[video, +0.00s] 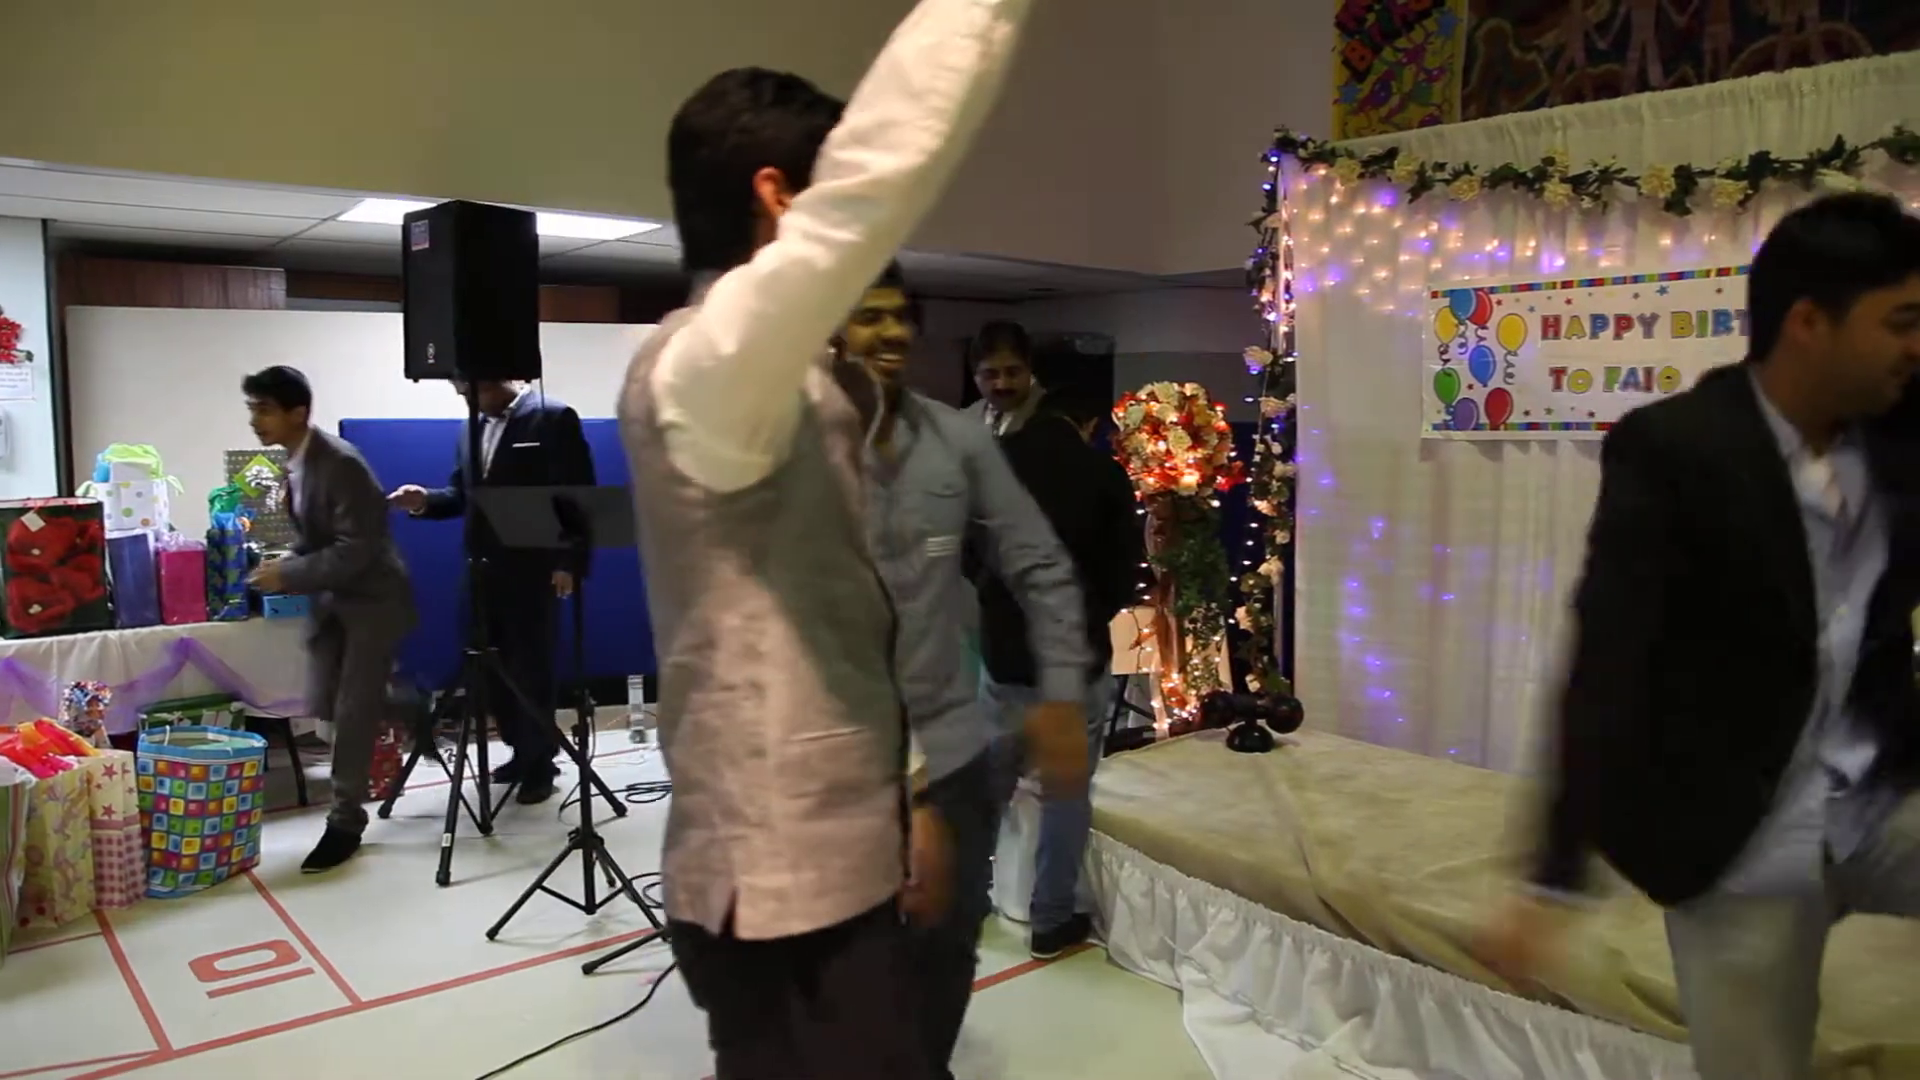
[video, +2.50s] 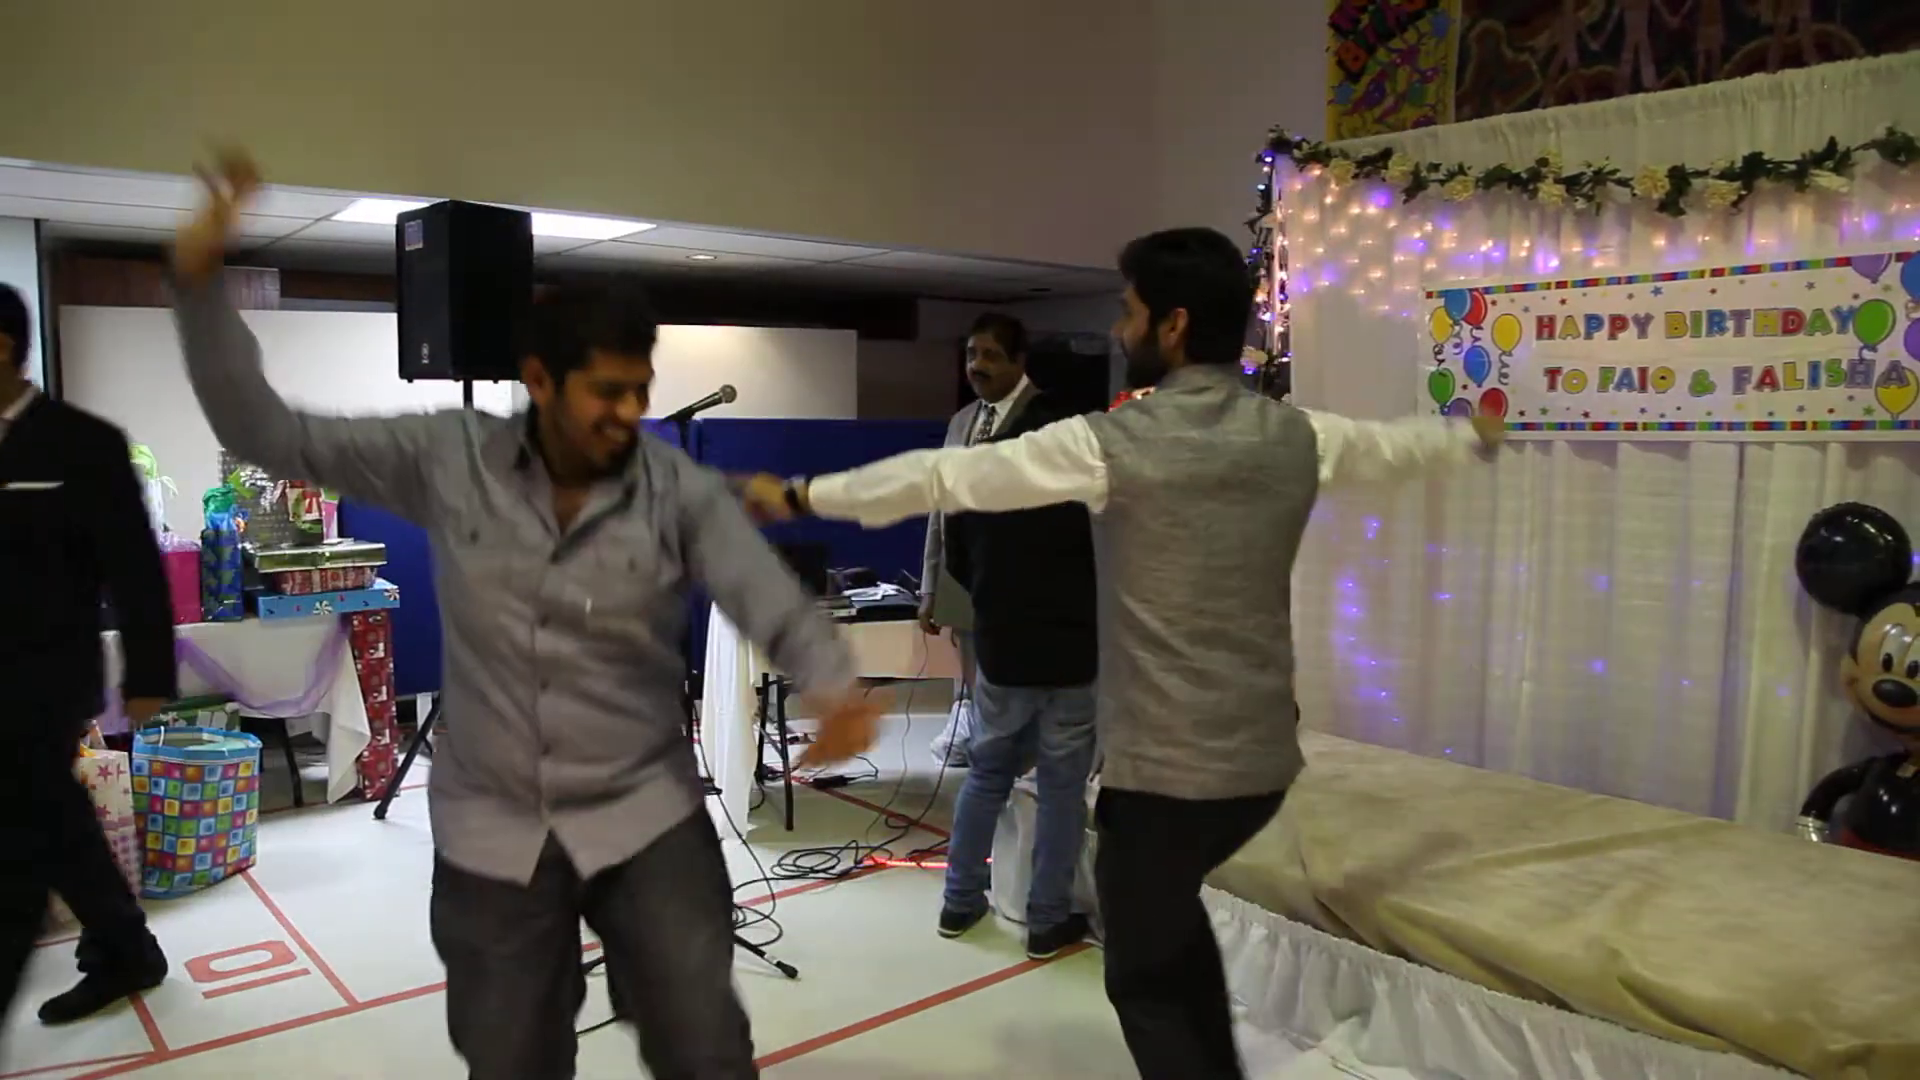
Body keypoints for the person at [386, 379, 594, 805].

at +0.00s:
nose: (466, 399)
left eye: (471, 388)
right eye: (463, 391)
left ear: (497, 382)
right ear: (474, 389)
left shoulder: (554, 420)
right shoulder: (474, 428)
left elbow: (578, 499)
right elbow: (464, 497)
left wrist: (570, 562)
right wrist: (428, 502)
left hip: (532, 568)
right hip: (486, 567)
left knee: (532, 665)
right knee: (493, 662)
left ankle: (540, 766)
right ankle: (522, 751)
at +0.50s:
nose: (399, 421)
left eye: (400, 410)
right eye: (393, 414)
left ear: (426, 390)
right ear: (408, 405)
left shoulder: (496, 424)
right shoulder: (413, 446)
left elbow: (531, 499)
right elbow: (406, 515)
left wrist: (526, 568)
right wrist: (356, 517)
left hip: (489, 577)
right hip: (429, 581)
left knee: (505, 675)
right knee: (399, 681)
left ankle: (529, 771)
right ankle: (351, 786)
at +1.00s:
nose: (274, 401)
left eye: (278, 388)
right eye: (268, 392)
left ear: (312, 373)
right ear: (299, 381)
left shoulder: (381, 418)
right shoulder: (290, 436)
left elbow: (420, 493)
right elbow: (287, 513)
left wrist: (414, 569)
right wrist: (251, 559)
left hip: (375, 578)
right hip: (318, 581)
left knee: (369, 681)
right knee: (330, 695)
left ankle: (413, 712)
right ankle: (335, 801)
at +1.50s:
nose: (230, 378)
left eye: (241, 367)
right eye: (227, 368)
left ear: (282, 370)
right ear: (229, 375)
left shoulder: (341, 435)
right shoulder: (218, 445)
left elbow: (377, 522)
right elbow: (208, 530)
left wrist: (392, 601)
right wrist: (194, 592)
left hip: (324, 609)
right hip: (257, 614)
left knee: (311, 737)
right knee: (299, 732)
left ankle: (307, 872)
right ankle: (327, 831)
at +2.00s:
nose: (143, 362)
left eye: (156, 350)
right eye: (141, 351)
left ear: (204, 358)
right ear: (159, 361)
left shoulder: (265, 436)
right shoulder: (135, 440)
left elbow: (299, 539)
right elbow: (122, 546)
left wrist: (279, 622)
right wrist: (107, 636)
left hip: (246, 643)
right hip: (162, 647)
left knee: (272, 770)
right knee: (163, 796)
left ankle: (303, 878)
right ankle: (135, 944)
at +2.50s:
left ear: (14, 349)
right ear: (17, 351)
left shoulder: (82, 444)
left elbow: (135, 566)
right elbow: (131, 565)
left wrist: (148, 677)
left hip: (48, 679)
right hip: (14, 680)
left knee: (29, 824)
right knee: (54, 814)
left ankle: (126, 949)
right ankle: (124, 950)